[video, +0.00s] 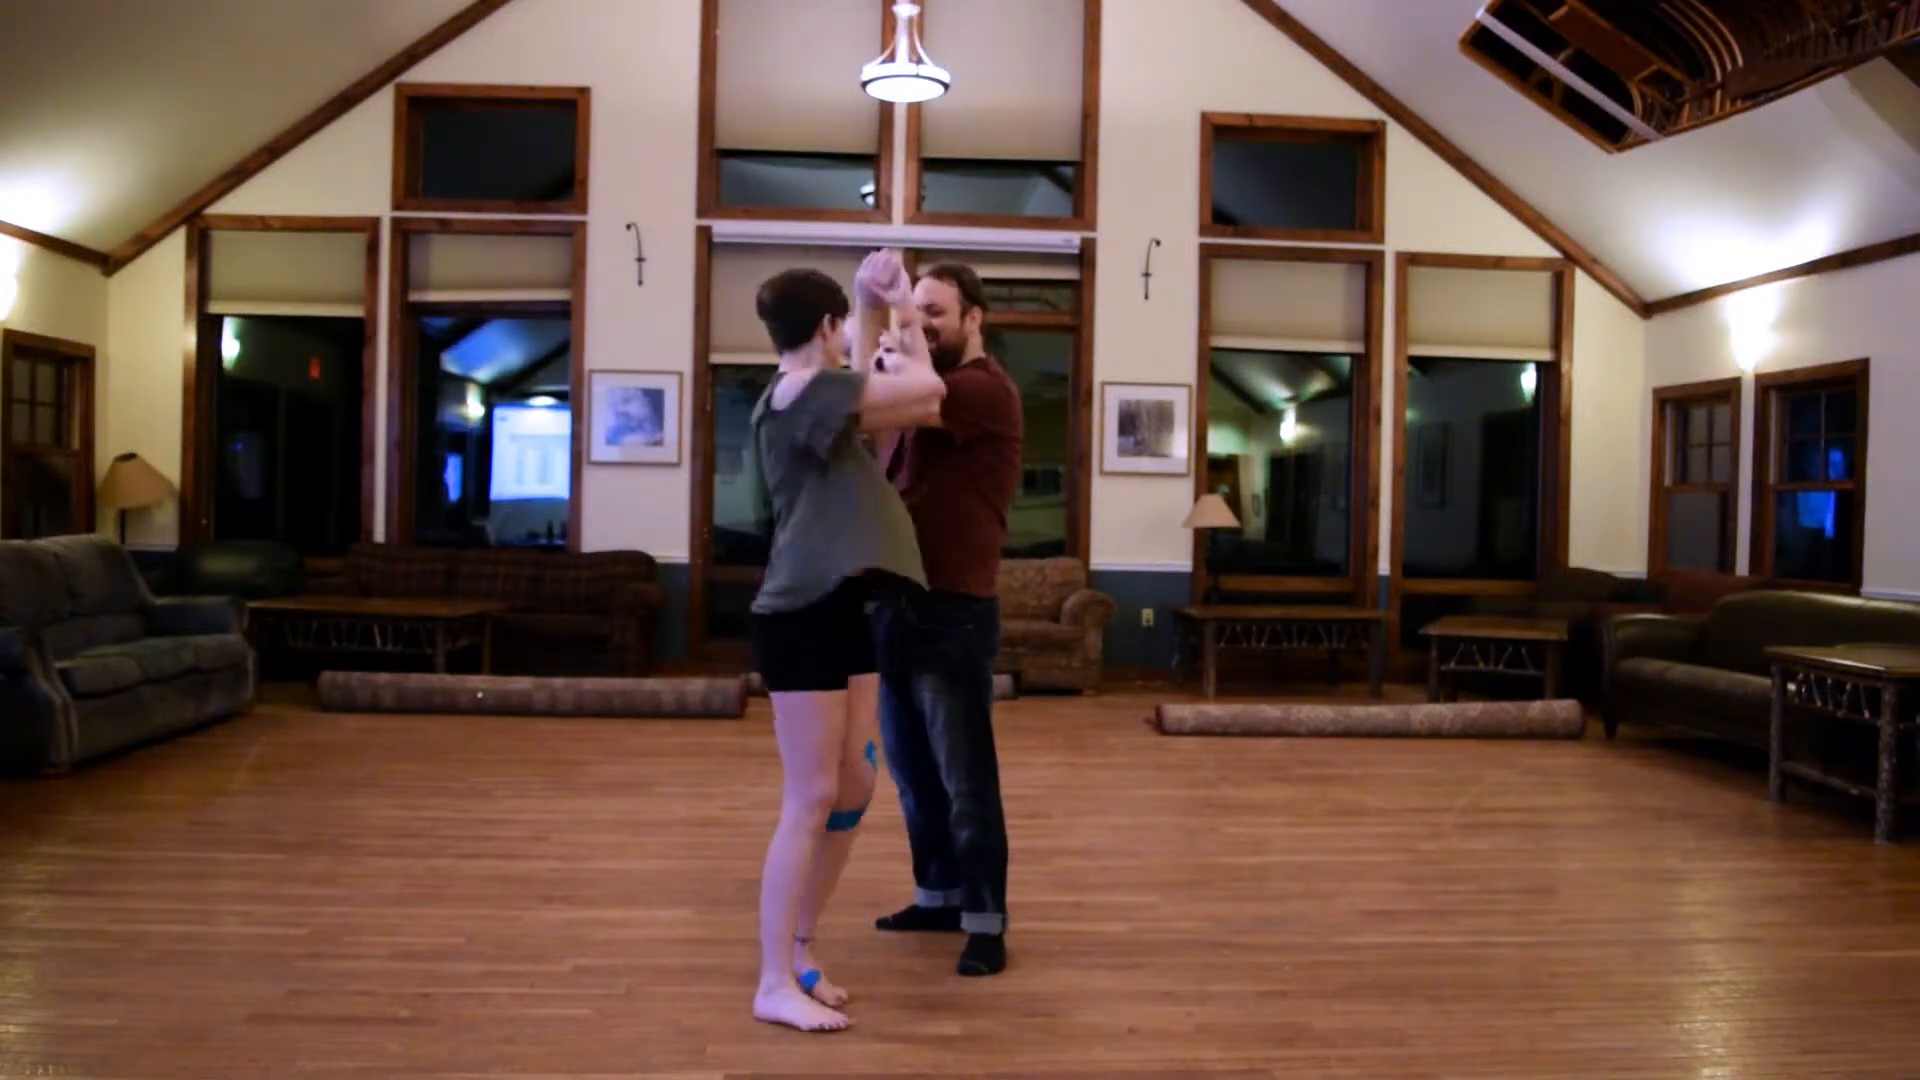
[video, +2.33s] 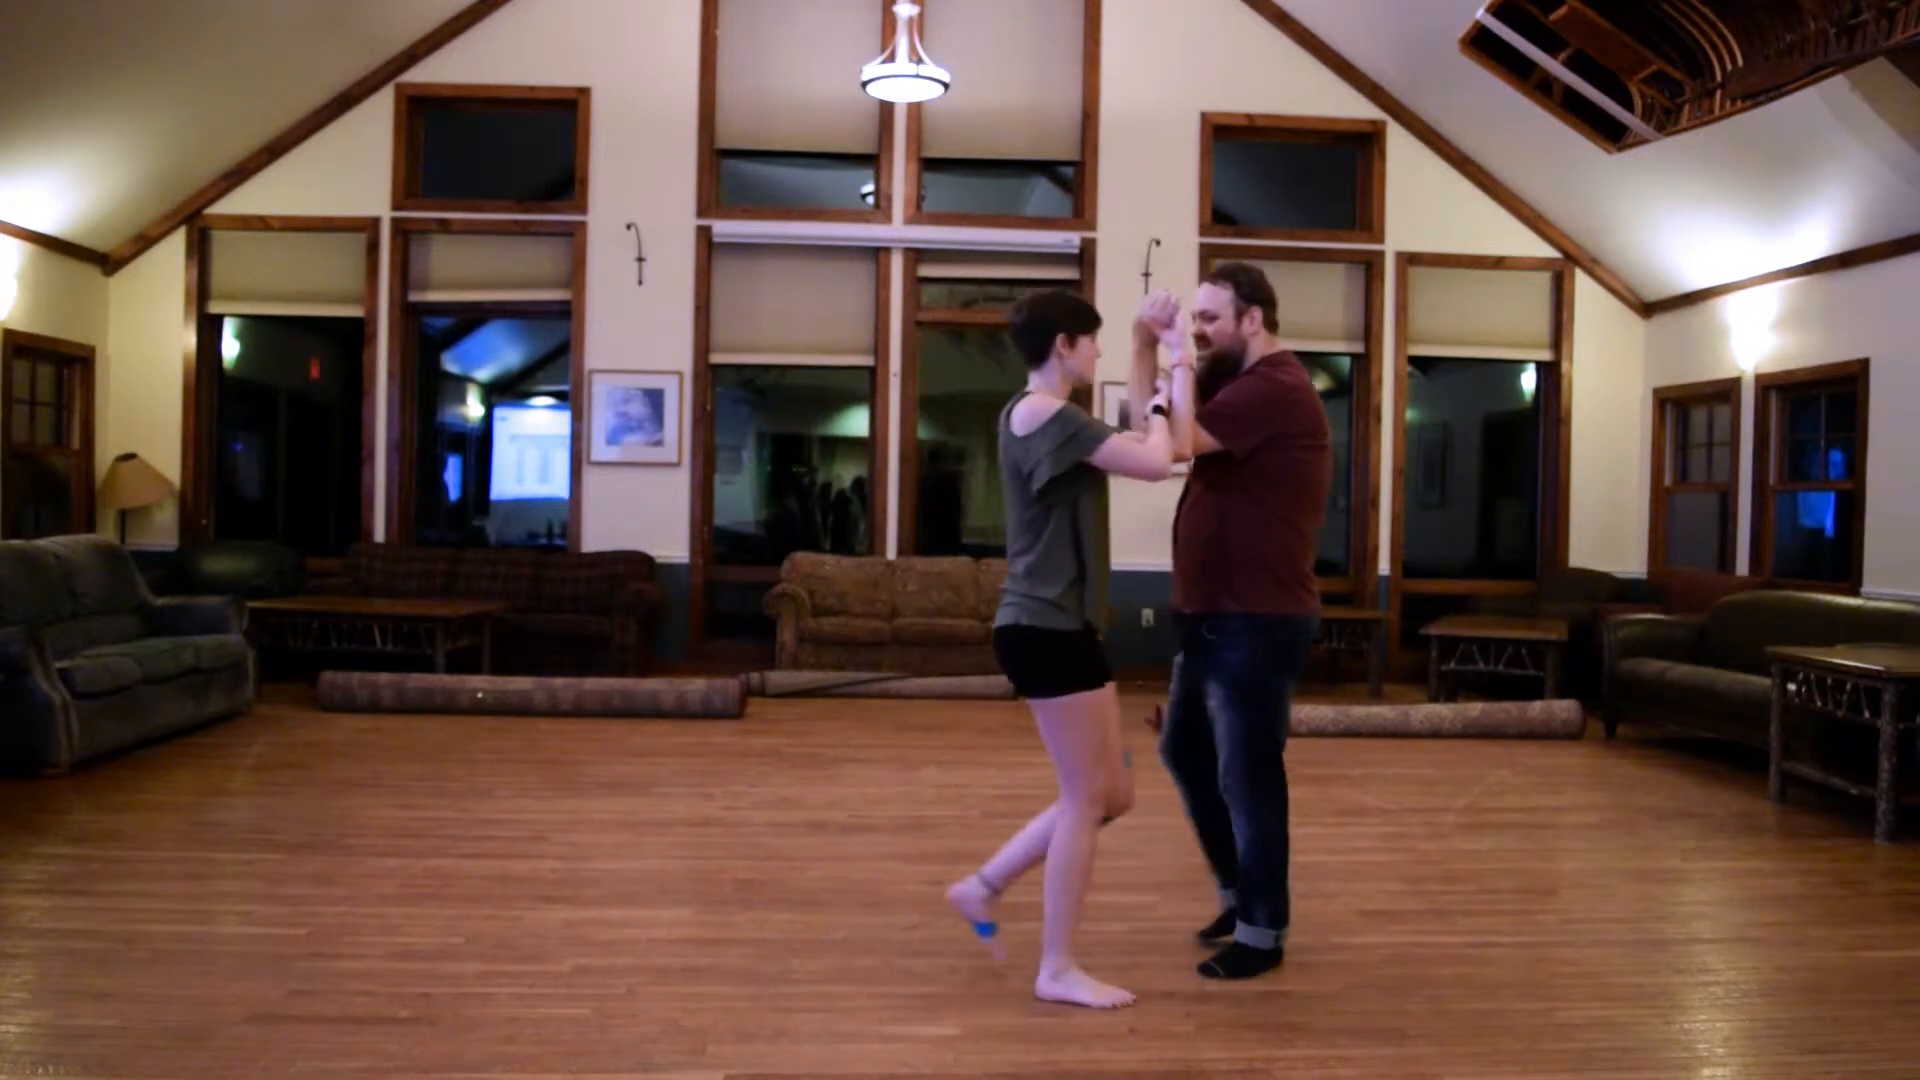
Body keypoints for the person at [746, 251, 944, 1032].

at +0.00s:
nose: (853, 335)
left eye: (853, 326)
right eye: (850, 324)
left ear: (786, 332)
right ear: (834, 326)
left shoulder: (810, 394)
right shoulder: (804, 396)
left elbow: (881, 388)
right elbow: (926, 394)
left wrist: (876, 304)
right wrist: (904, 317)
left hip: (845, 609)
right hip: (805, 613)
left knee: (852, 790)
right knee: (809, 797)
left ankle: (796, 954)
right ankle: (774, 986)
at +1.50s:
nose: (913, 349)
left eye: (911, 336)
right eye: (907, 336)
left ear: (860, 347)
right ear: (876, 344)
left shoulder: (843, 409)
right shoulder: (858, 416)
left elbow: (955, 443)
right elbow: (969, 447)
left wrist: (972, 371)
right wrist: (998, 352)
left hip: (858, 623)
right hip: (840, 628)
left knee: (887, 778)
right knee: (862, 804)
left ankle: (846, 940)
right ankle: (784, 974)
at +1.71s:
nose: (951, 349)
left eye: (950, 337)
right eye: (944, 337)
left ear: (902, 344)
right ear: (909, 342)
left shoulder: (877, 406)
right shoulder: (889, 411)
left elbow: (998, 439)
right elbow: (983, 453)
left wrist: (1016, 363)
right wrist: (1012, 384)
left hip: (861, 615)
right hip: (872, 620)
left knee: (881, 785)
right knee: (945, 775)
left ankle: (846, 933)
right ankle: (877, 935)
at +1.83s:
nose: (979, 349)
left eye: (977, 337)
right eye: (971, 337)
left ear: (926, 345)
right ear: (938, 344)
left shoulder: (903, 407)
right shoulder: (915, 414)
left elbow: (1017, 439)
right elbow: (1012, 453)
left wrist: (1040, 353)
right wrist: (1036, 386)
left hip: (890, 615)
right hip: (897, 622)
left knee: (891, 782)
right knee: (967, 775)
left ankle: (847, 935)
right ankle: (979, 953)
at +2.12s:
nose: (1044, 358)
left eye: (1043, 346)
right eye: (1038, 347)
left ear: (994, 354)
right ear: (1008, 352)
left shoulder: (974, 418)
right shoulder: (991, 425)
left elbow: (1086, 448)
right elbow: (1091, 464)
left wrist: (1100, 364)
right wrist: (1116, 384)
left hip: (972, 626)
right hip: (989, 632)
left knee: (962, 789)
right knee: (1047, 790)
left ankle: (866, 913)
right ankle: (1055, 968)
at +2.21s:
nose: (1063, 357)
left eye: (1062, 345)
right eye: (1059, 345)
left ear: (1015, 352)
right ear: (1032, 350)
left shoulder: (990, 418)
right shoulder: (1015, 425)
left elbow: (1102, 448)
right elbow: (1123, 462)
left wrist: (1111, 363)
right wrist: (1145, 372)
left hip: (999, 623)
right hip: (1020, 629)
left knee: (1020, 797)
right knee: (1067, 791)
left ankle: (902, 890)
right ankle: (1056, 969)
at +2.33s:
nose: (1098, 350)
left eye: (1095, 338)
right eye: (1092, 338)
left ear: (1048, 348)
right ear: (1065, 346)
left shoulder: (1036, 412)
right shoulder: (1047, 421)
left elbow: (1134, 436)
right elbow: (1158, 461)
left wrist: (1142, 351)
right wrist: (1179, 371)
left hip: (1061, 625)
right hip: (1046, 630)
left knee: (1112, 791)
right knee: (1084, 798)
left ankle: (982, 886)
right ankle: (1057, 971)